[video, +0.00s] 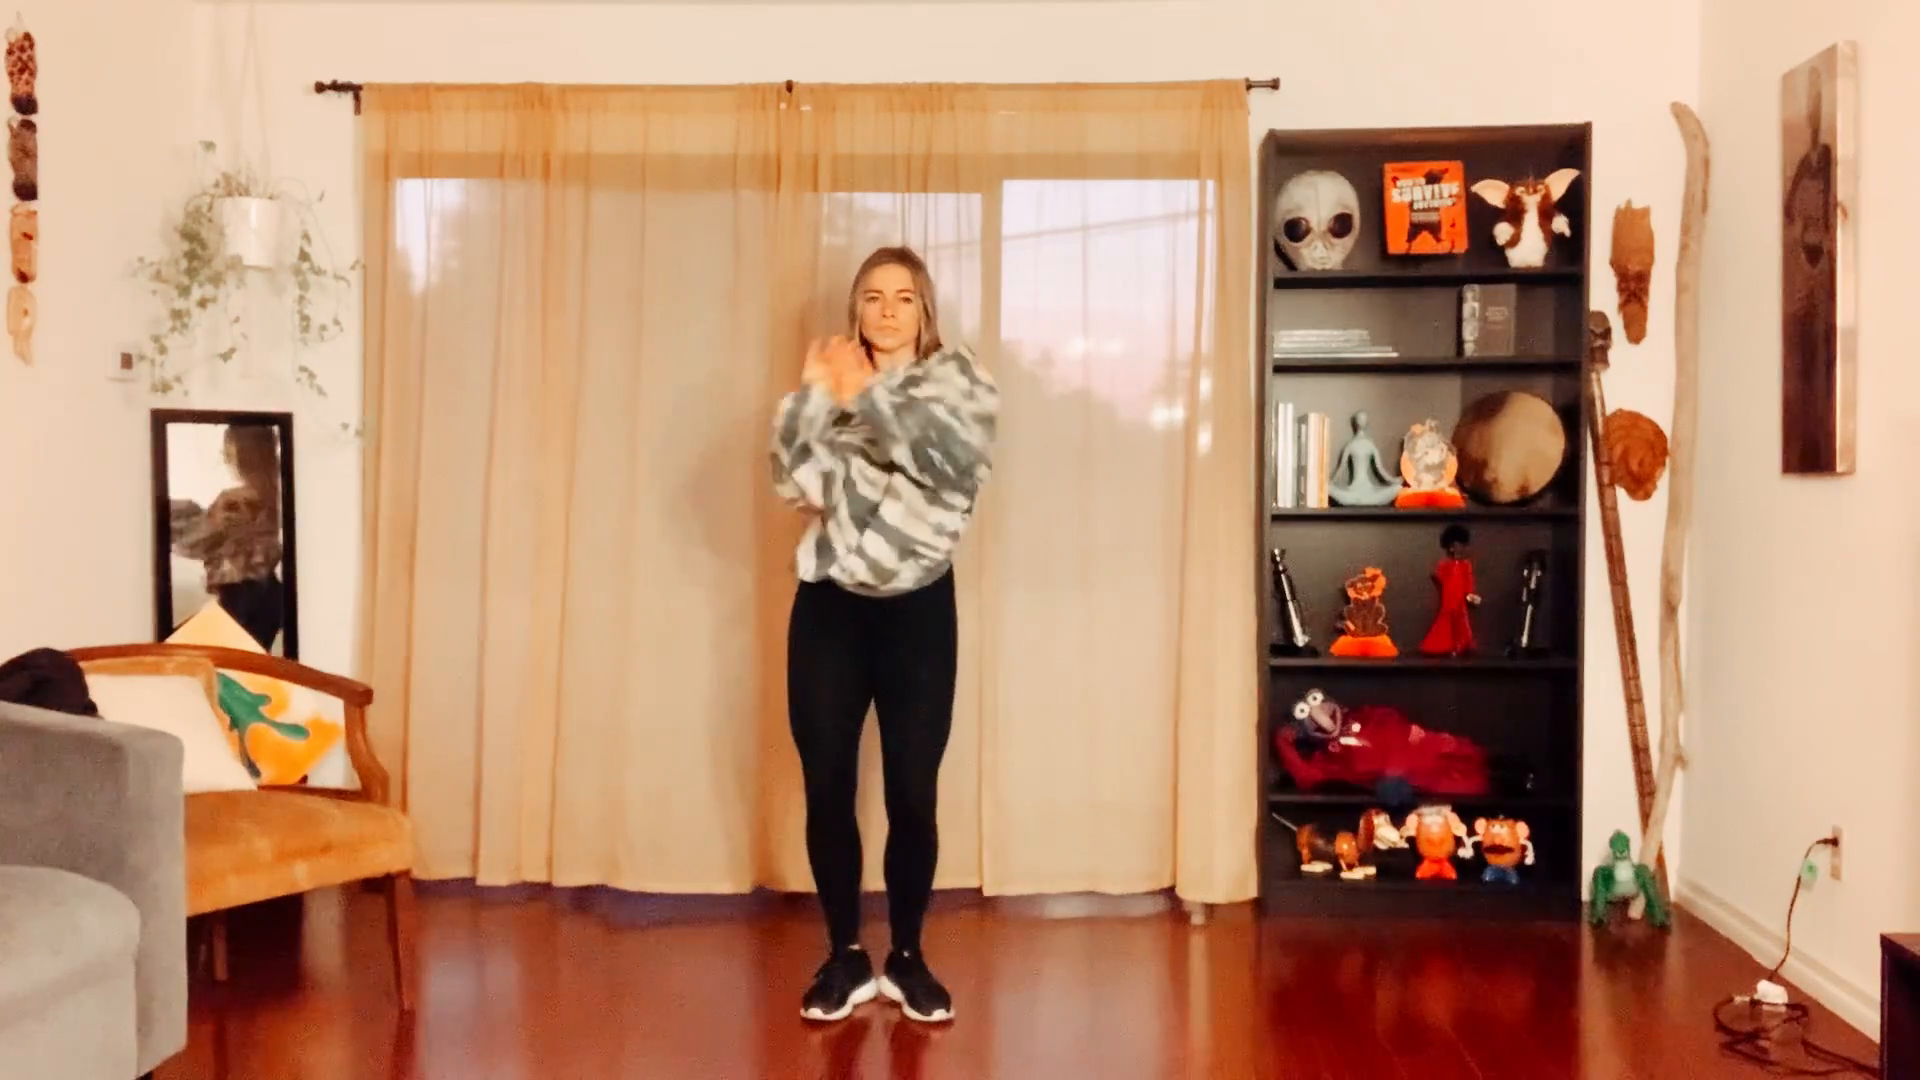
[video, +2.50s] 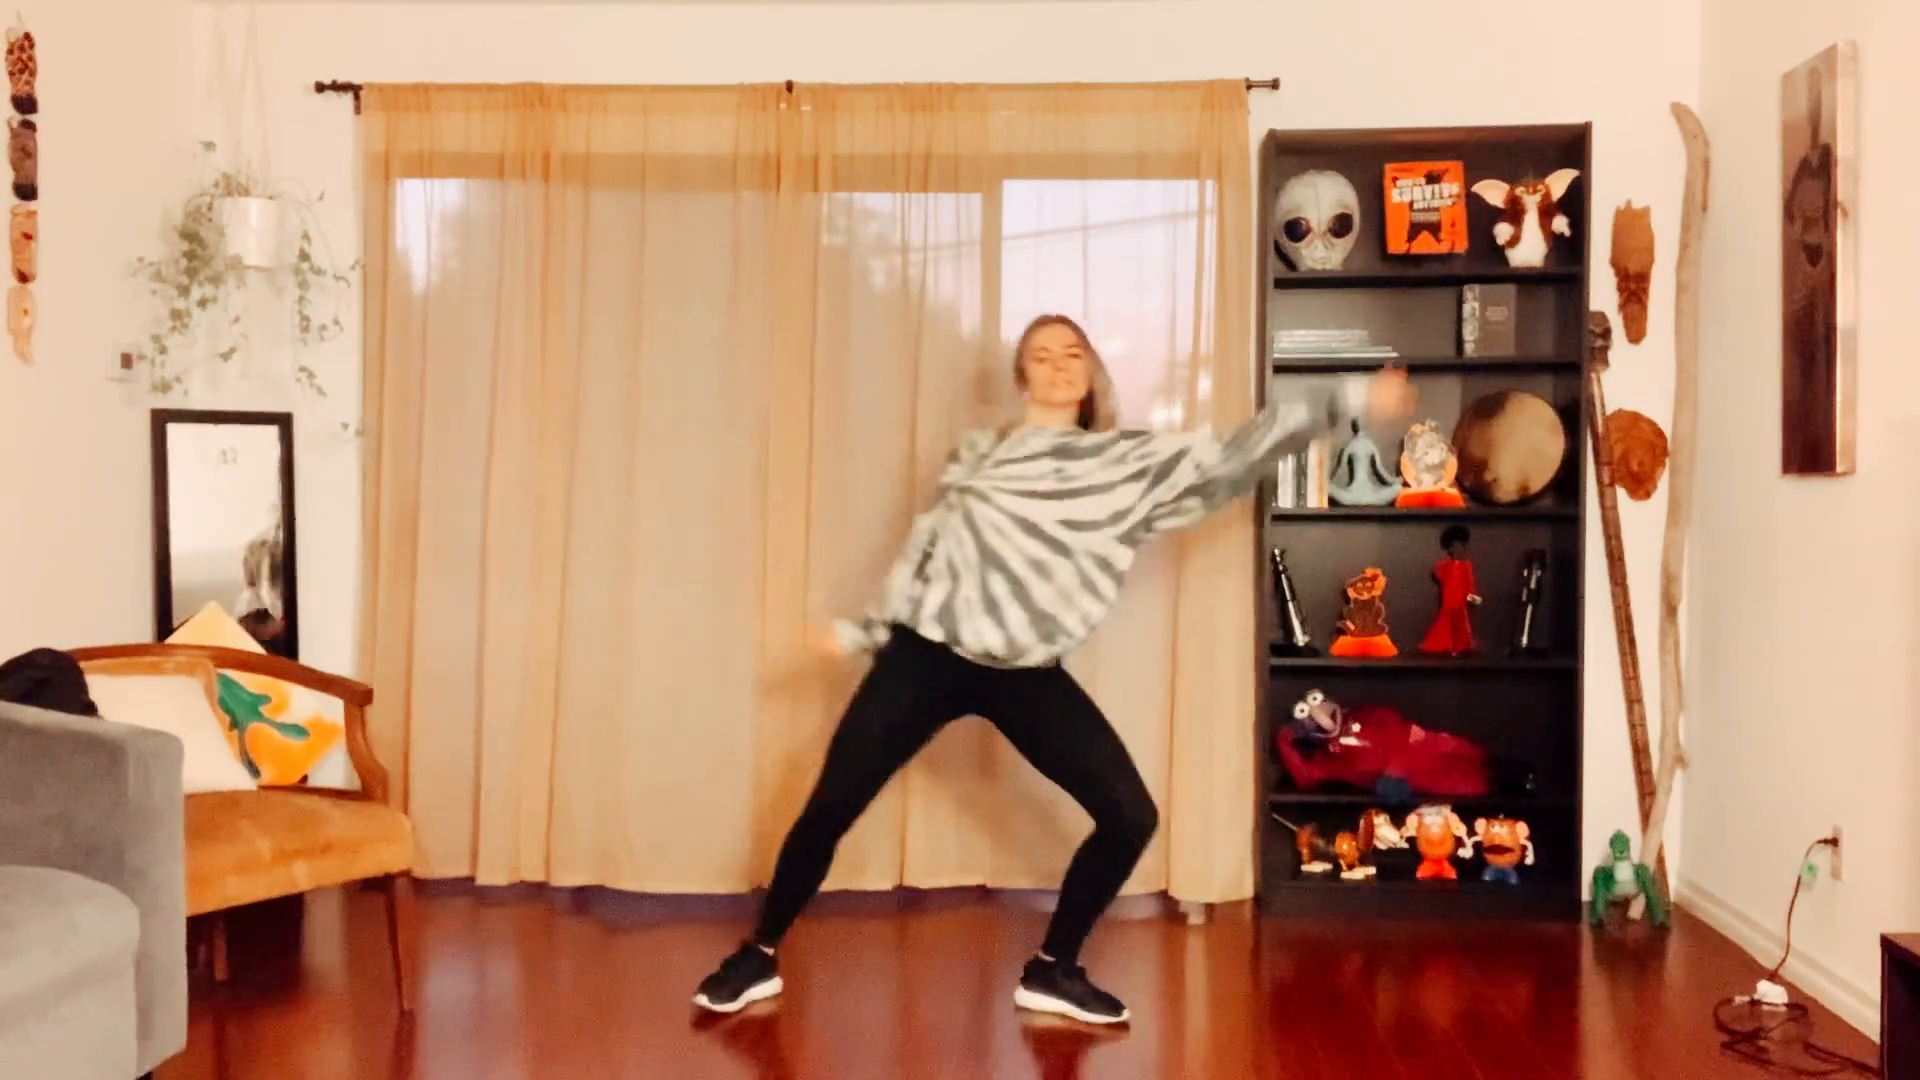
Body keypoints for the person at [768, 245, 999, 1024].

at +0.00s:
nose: (887, 309)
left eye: (902, 298)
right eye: (873, 298)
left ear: (926, 310)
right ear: (855, 312)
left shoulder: (959, 382)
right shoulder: (835, 386)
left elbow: (956, 473)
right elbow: (793, 478)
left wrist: (868, 398)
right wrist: (813, 392)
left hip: (918, 610)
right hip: (828, 608)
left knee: (912, 796)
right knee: (829, 792)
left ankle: (906, 958)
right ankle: (846, 958)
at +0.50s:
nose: (883, 298)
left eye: (900, 289)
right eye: (870, 284)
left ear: (919, 306)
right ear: (846, 297)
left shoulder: (941, 383)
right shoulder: (810, 395)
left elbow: (937, 489)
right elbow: (811, 498)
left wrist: (888, 385)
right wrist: (836, 392)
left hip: (933, 609)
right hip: (844, 609)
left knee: (921, 791)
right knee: (838, 789)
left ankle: (906, 958)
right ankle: (849, 958)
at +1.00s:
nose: (892, 293)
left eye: (908, 283)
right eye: (879, 281)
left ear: (928, 300)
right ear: (859, 297)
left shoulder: (963, 394)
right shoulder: (825, 390)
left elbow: (1019, 494)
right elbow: (774, 486)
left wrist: (1080, 571)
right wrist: (709, 562)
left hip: (930, 613)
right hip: (838, 612)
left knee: (916, 789)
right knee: (837, 788)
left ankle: (905, 960)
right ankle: (848, 958)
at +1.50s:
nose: (885, 287)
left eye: (901, 286)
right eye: (871, 285)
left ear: (923, 323)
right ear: (851, 323)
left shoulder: (958, 386)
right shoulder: (820, 386)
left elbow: (1013, 492)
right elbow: (751, 479)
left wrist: (1096, 569)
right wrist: (674, 558)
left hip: (934, 615)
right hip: (839, 616)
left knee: (941, 797)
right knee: (815, 795)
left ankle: (905, 959)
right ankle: (849, 958)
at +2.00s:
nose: (875, 330)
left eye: (891, 318)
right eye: (862, 316)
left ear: (915, 329)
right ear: (843, 327)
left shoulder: (955, 400)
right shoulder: (819, 421)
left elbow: (1016, 494)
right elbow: (759, 510)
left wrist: (1058, 588)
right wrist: (646, 530)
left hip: (938, 620)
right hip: (848, 623)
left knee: (941, 802)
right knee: (802, 795)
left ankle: (990, 963)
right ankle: (771, 953)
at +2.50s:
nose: (1055, 359)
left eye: (1070, 350)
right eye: (1040, 351)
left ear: (1091, 376)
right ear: (1021, 375)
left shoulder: (1129, 463)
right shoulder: (983, 459)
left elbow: (1236, 454)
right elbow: (925, 549)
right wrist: (865, 624)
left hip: (1028, 668)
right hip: (930, 650)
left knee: (1129, 817)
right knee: (831, 801)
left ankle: (1054, 972)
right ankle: (760, 954)